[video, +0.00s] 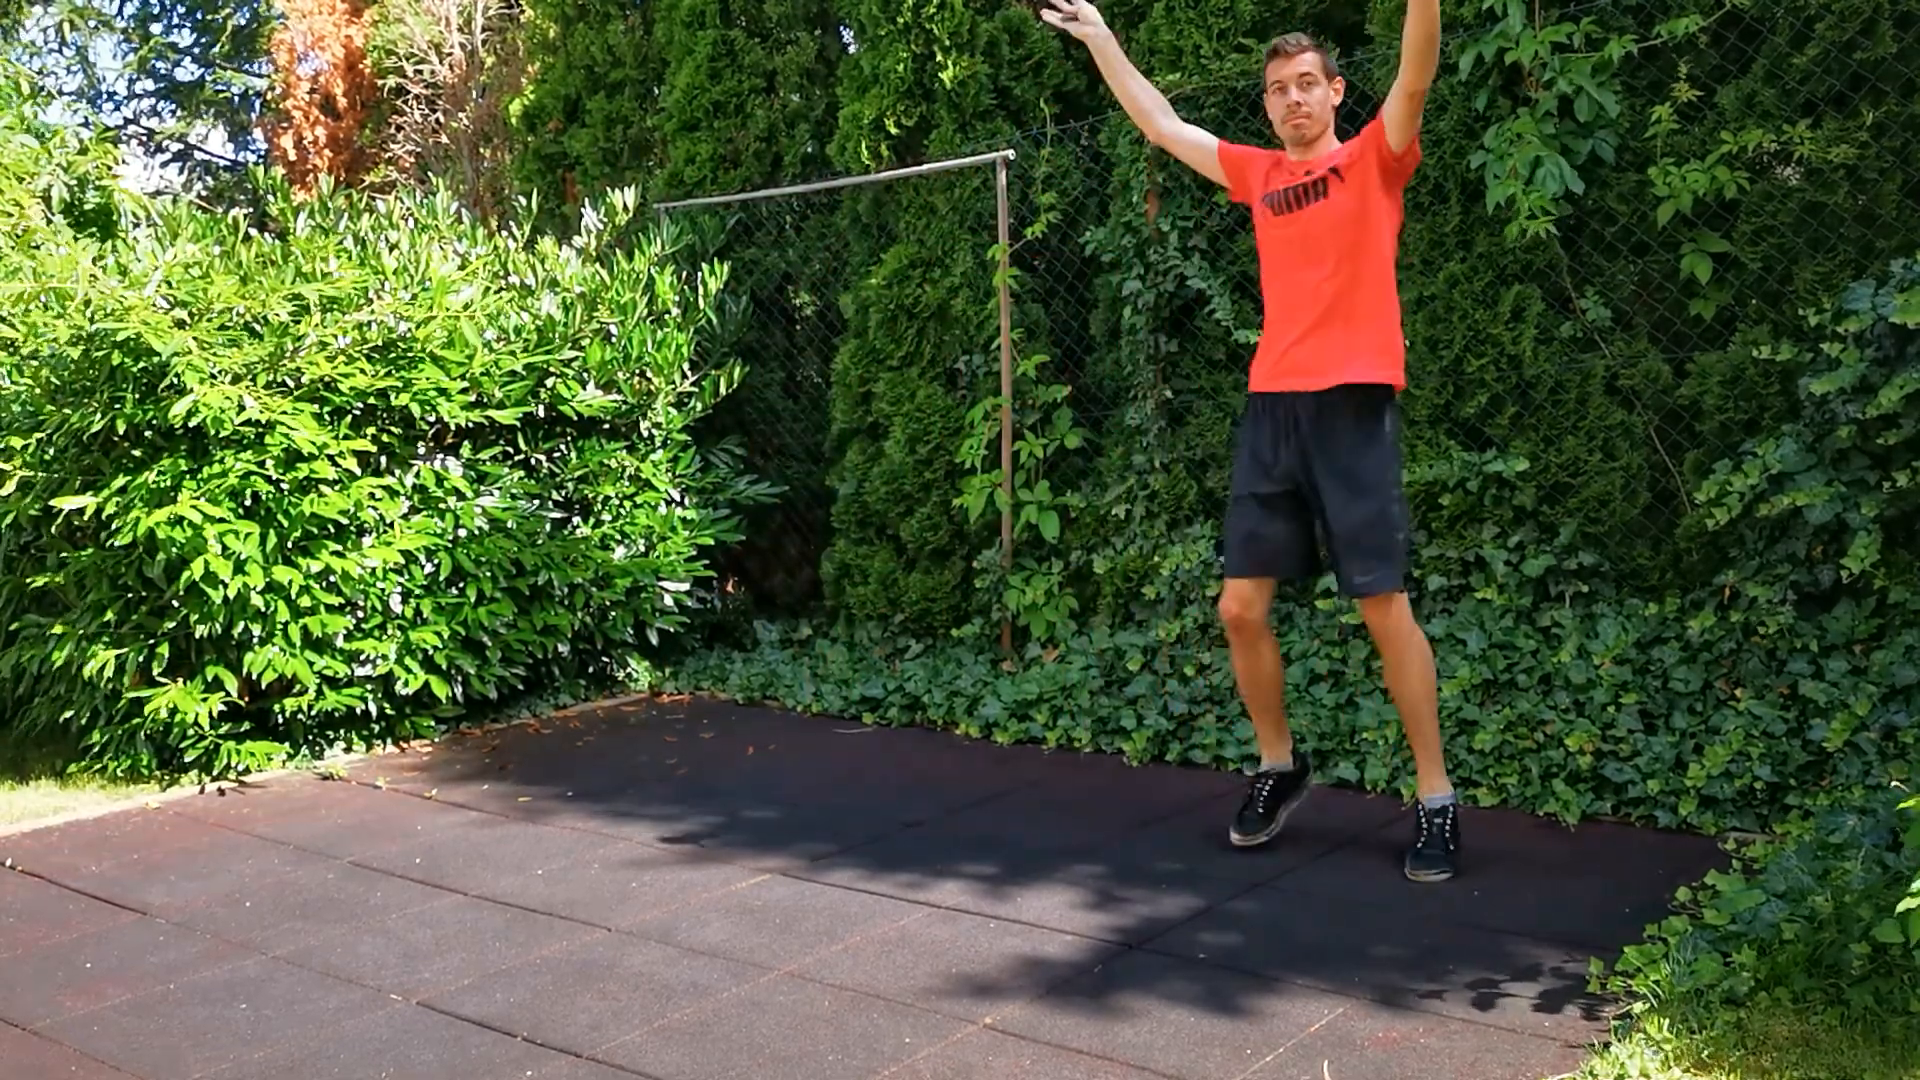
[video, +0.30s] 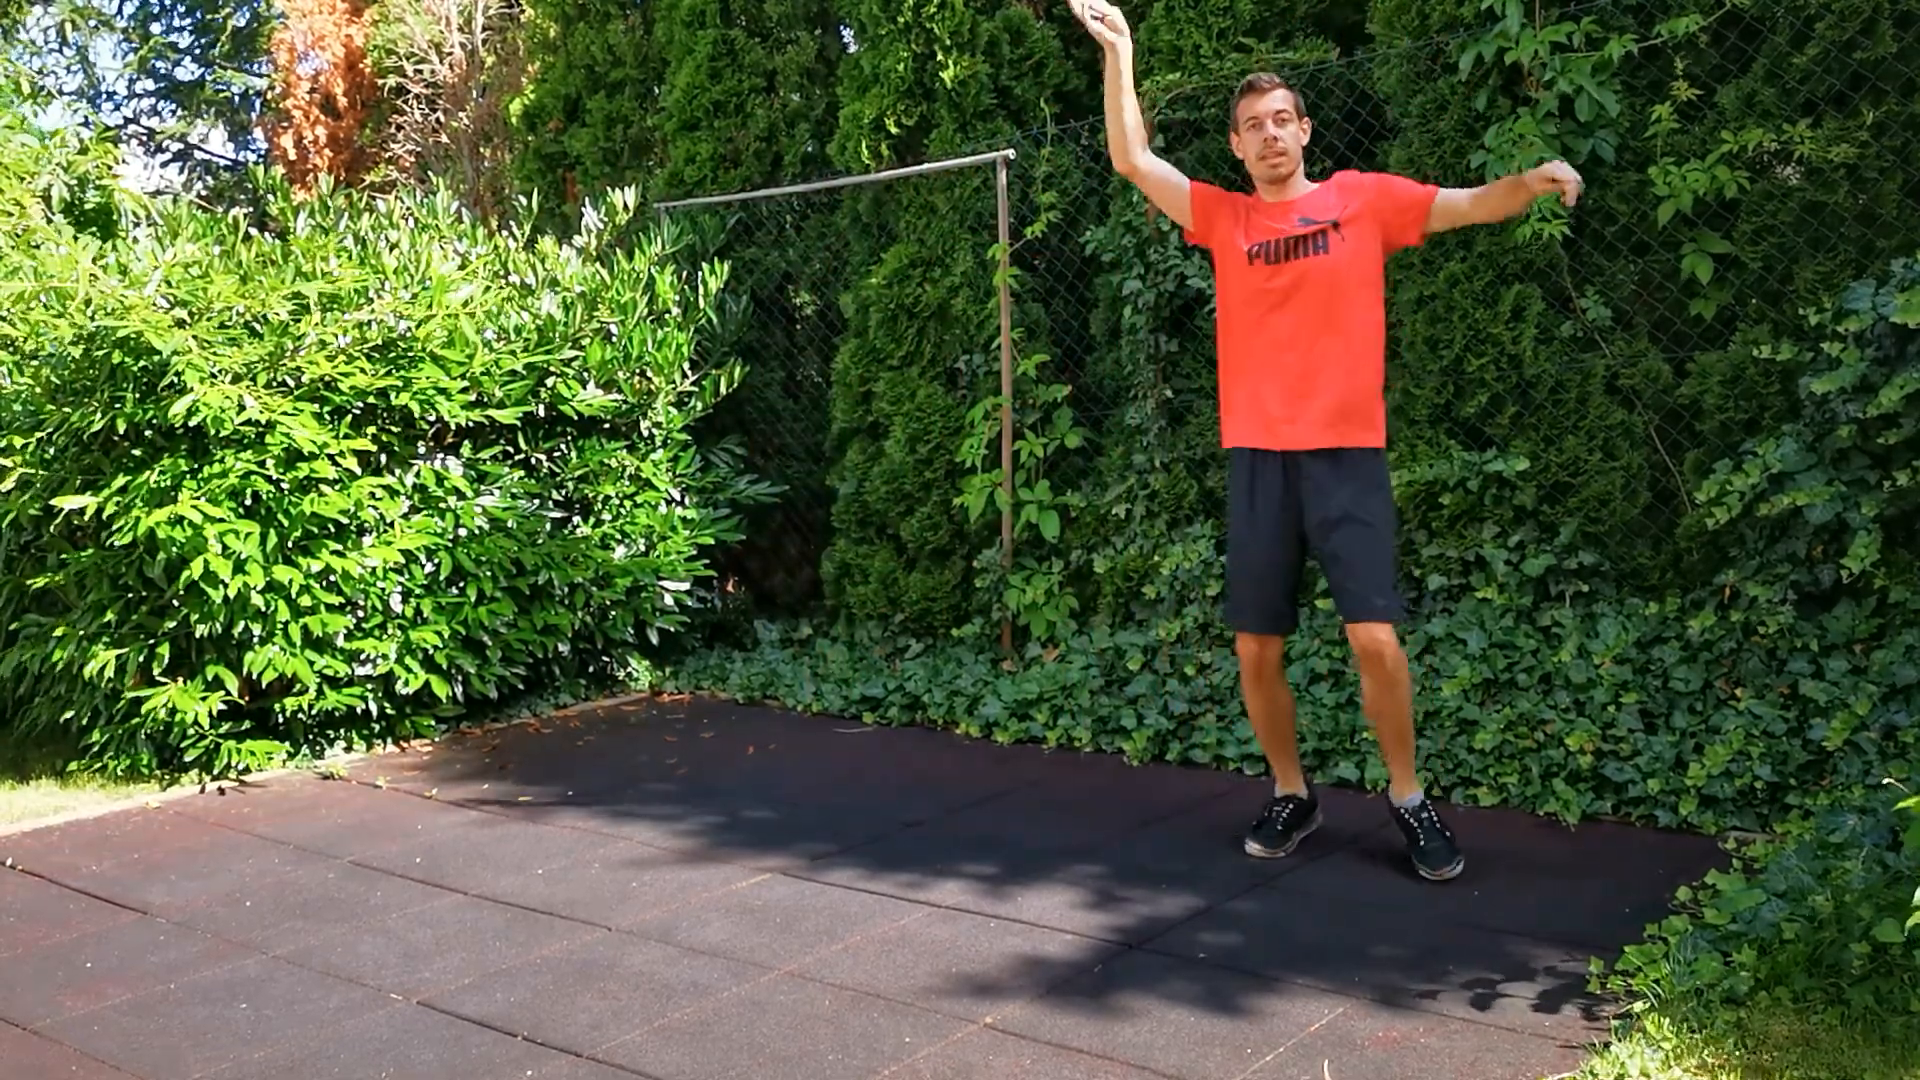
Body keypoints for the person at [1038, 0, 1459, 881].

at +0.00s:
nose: (1292, 100)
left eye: (1305, 84)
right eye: (1279, 90)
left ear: (1339, 90)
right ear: (1265, 106)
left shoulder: (1375, 156)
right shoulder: (1257, 172)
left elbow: (1416, 75)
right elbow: (1162, 124)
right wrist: (1097, 35)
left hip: (1356, 410)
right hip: (1272, 414)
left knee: (1385, 607)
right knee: (1241, 607)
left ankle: (1436, 800)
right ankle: (1277, 771)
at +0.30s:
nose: (1272, 134)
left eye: (1284, 119)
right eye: (1256, 124)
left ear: (1307, 130)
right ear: (1235, 142)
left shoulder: (1362, 198)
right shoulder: (1223, 215)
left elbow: (1465, 205)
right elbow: (1131, 158)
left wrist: (1531, 183)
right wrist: (1117, 52)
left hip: (1350, 457)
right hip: (1254, 460)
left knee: (1376, 643)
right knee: (1255, 649)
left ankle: (1408, 802)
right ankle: (1291, 798)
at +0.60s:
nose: (1297, 139)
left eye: (1310, 122)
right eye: (1280, 126)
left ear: (1336, 127)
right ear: (1264, 138)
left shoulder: (1388, 211)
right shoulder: (1256, 233)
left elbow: (1436, 325)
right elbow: (1213, 319)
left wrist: (1440, 431)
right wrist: (1172, 350)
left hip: (1353, 463)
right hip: (1265, 461)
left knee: (1356, 645)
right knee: (1229, 638)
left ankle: (1375, 810)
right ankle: (1273, 783)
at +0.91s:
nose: (1265, 152)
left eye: (1276, 133)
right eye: (1250, 139)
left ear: (1304, 126)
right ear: (1234, 142)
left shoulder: (1345, 192)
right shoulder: (1232, 220)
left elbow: (1334, 221)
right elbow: (1240, 322)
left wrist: (1293, 213)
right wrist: (1250, 412)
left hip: (1321, 454)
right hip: (1236, 455)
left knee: (1342, 635)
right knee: (1226, 633)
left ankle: (1374, 811)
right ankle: (1251, 800)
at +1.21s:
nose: (1200, 159)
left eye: (1210, 141)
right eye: (1185, 148)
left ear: (1239, 129)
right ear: (1173, 151)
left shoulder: (1285, 195)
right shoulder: (1182, 227)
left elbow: (1303, 273)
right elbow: (1158, 340)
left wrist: (1239, 301)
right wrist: (1100, 378)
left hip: (1270, 452)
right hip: (1200, 454)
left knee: (1263, 630)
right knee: (1217, 634)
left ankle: (1338, 793)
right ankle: (1252, 801)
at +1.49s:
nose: (1155, 161)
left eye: (1166, 142)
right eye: (1139, 148)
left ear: (1196, 132)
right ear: (1126, 150)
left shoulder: (1260, 209)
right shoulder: (1136, 218)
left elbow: (1304, 330)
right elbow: (1084, 212)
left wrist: (1326, 444)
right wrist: (1091, 139)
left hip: (1241, 460)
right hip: (1164, 462)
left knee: (1213, 636)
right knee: (1200, 640)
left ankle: (1198, 834)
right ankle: (1251, 797)